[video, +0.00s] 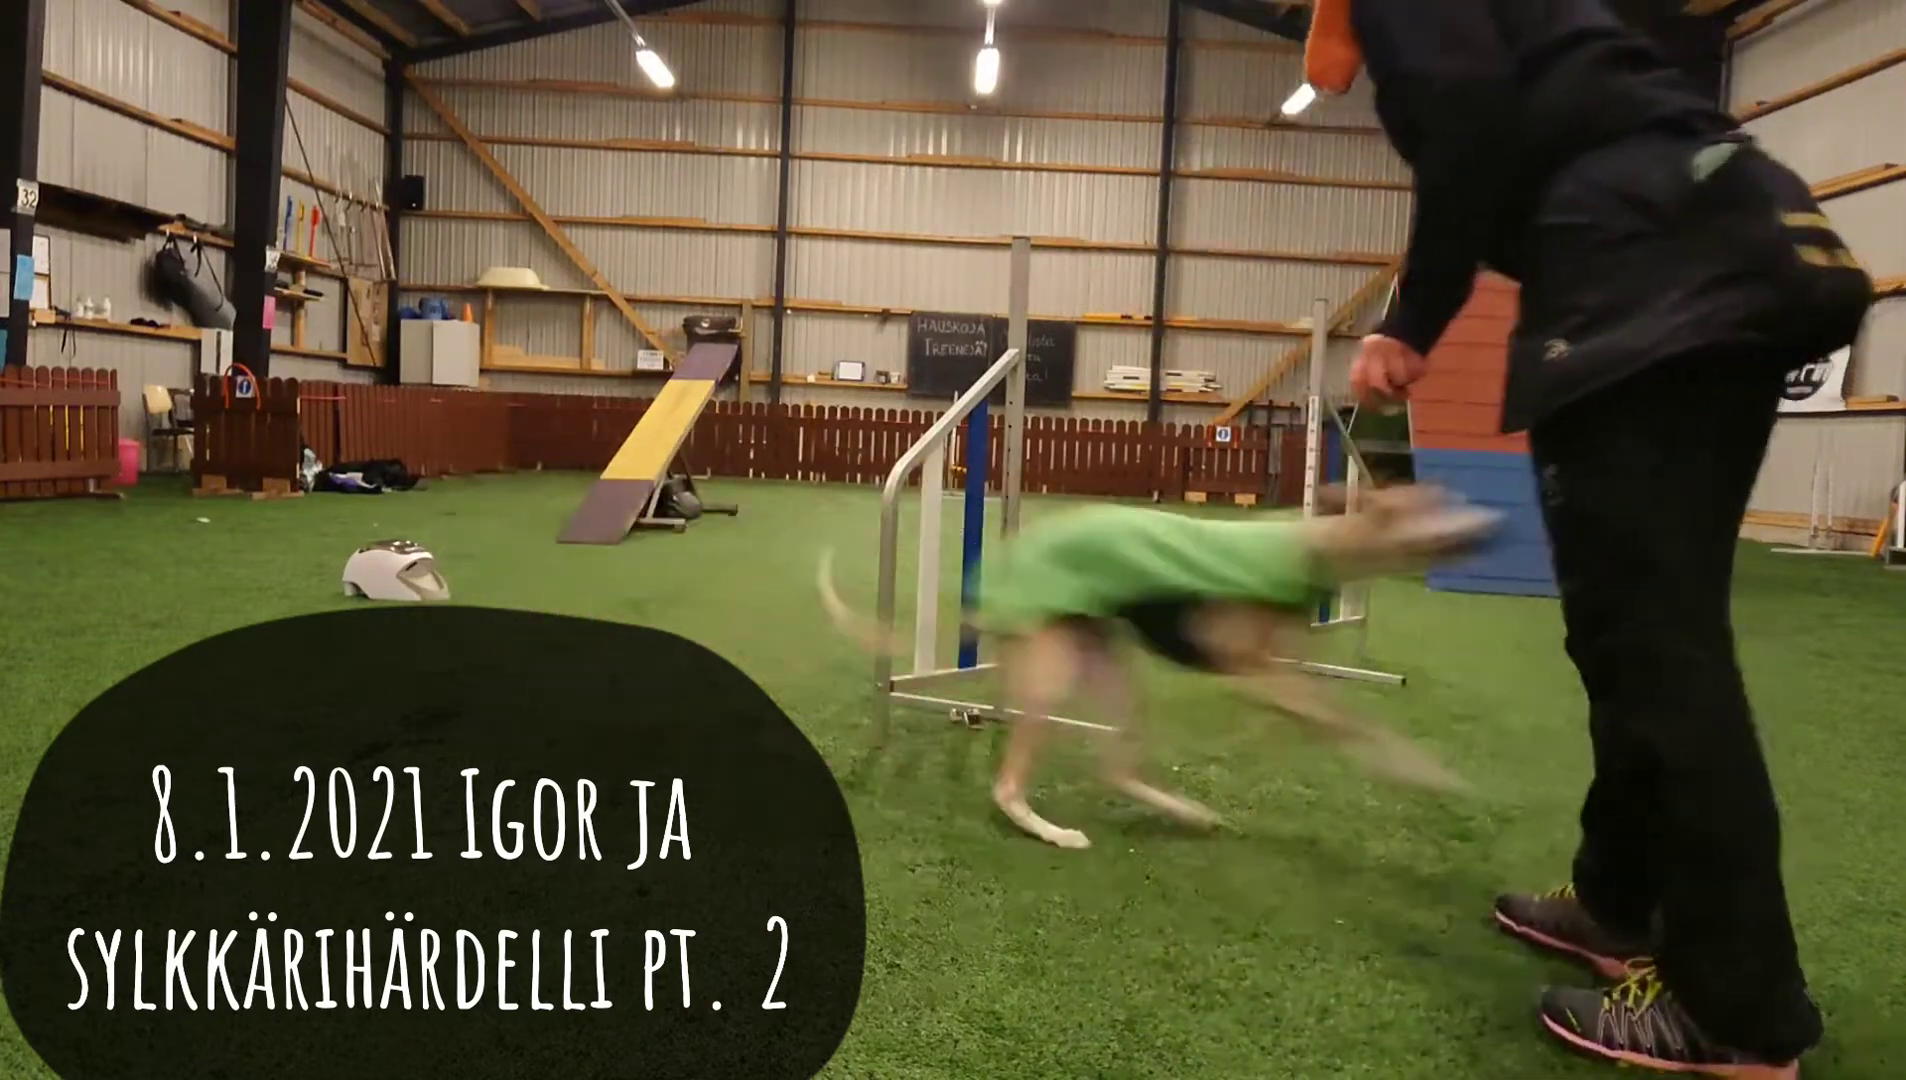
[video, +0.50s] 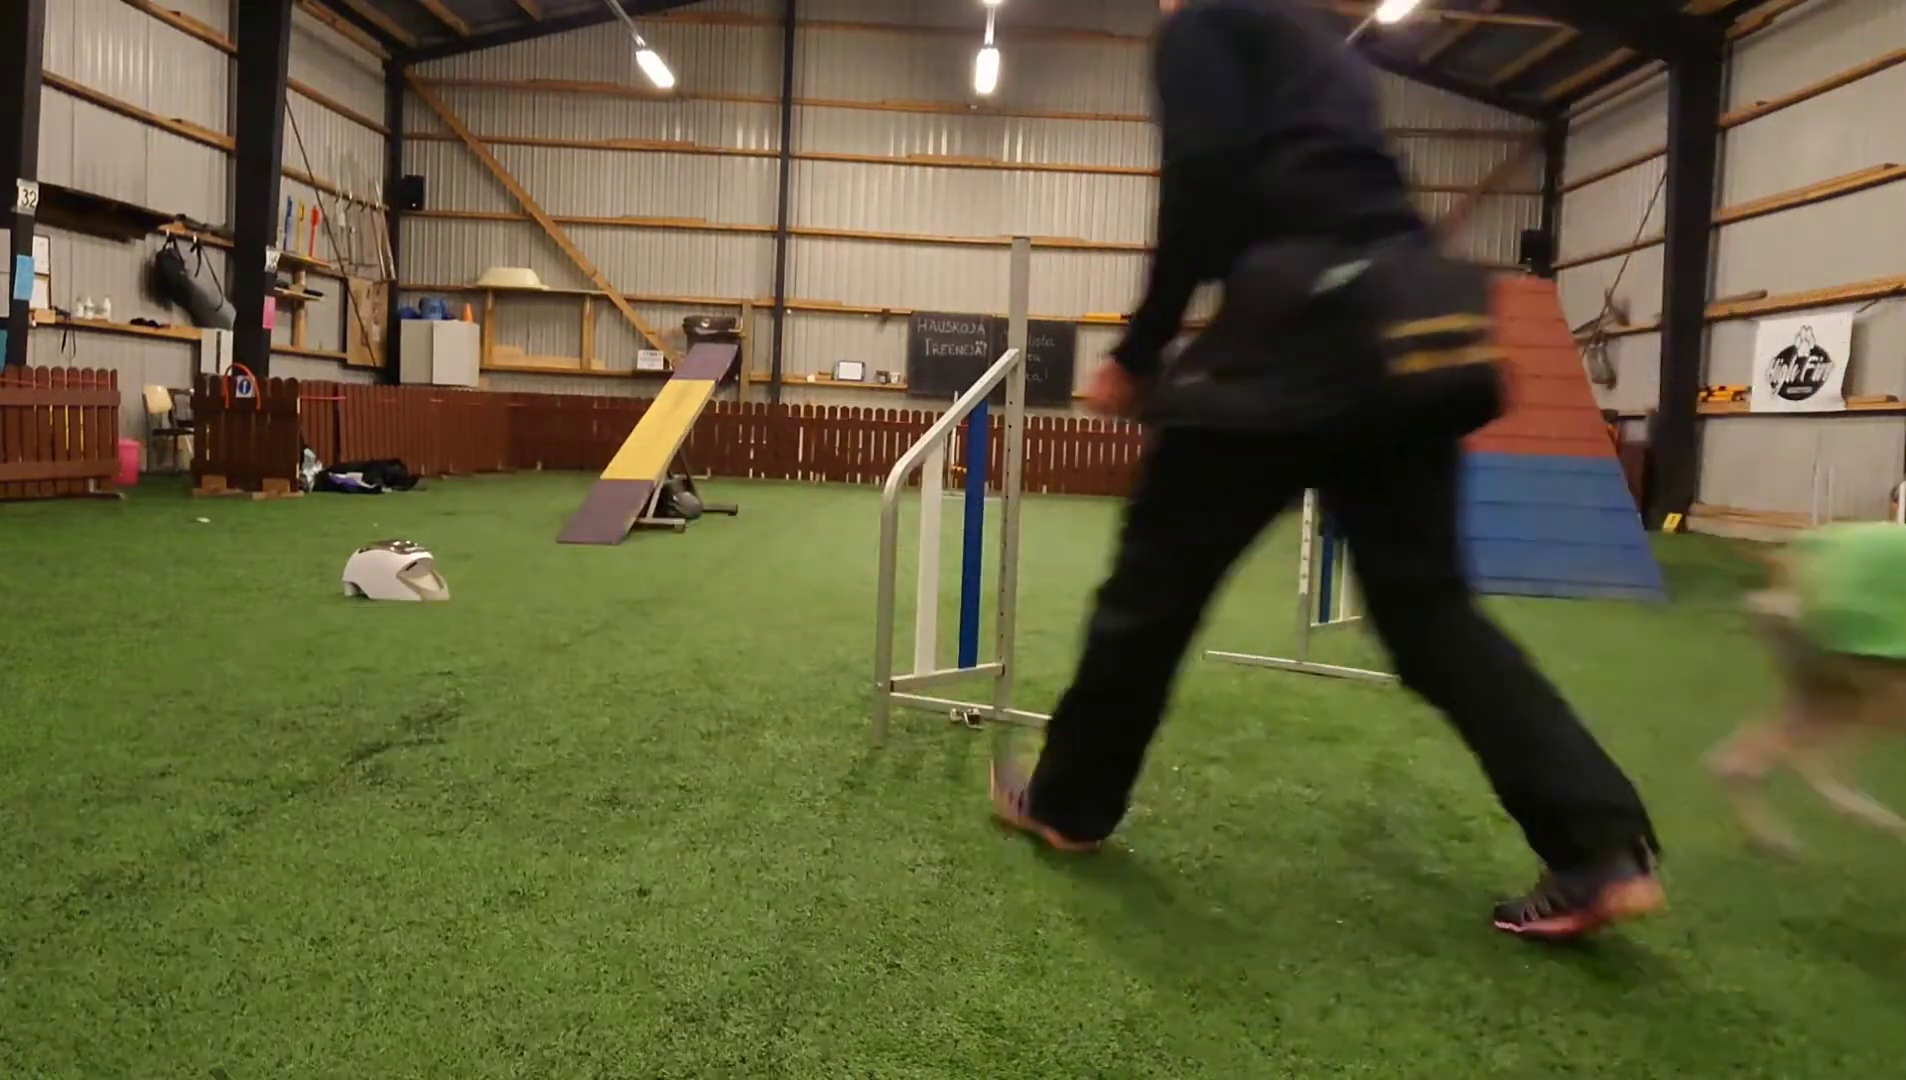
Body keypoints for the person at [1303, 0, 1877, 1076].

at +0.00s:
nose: (1340, 67)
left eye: (1334, 44)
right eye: (1334, 55)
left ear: (1337, 13)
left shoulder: (1396, 4)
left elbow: (1467, 121)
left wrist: (1406, 325)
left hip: (1644, 289)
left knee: (1656, 647)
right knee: (1631, 634)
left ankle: (1740, 1015)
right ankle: (1622, 913)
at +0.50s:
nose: (1153, 8)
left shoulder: (1198, 29)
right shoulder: (1326, 45)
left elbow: (1201, 185)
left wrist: (1136, 353)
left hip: (1280, 351)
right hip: (1413, 350)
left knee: (1153, 587)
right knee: (1429, 616)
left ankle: (1070, 804)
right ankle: (1605, 851)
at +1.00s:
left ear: (1067, 2)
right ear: (1154, 6)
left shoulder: (1053, 25)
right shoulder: (1196, 60)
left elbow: (1031, 156)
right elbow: (1219, 196)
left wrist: (981, 328)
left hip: (1126, 307)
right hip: (1260, 315)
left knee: (1066, 549)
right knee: (1233, 560)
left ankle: (1057, 795)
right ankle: (1331, 799)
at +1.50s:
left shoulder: (1079, 7)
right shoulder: (1216, 18)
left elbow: (1075, 137)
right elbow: (1212, 156)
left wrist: (984, 291)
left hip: (1133, 303)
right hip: (1252, 307)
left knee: (1060, 548)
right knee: (1185, 541)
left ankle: (1056, 794)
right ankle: (1322, 746)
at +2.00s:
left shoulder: (1348, 16)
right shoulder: (1384, 20)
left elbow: (1370, 140)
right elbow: (1395, 145)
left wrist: (1322, 295)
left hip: (1342, 316)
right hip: (1394, 320)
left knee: (1227, 535)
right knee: (1353, 571)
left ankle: (1192, 813)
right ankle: (1367, 827)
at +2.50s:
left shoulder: (1605, 17)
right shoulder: (1536, 24)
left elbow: (1620, 122)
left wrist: (1526, 293)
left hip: (1612, 335)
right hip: (1553, 335)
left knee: (1647, 624)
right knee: (1472, 590)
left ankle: (1841, 873)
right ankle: (1390, 825)